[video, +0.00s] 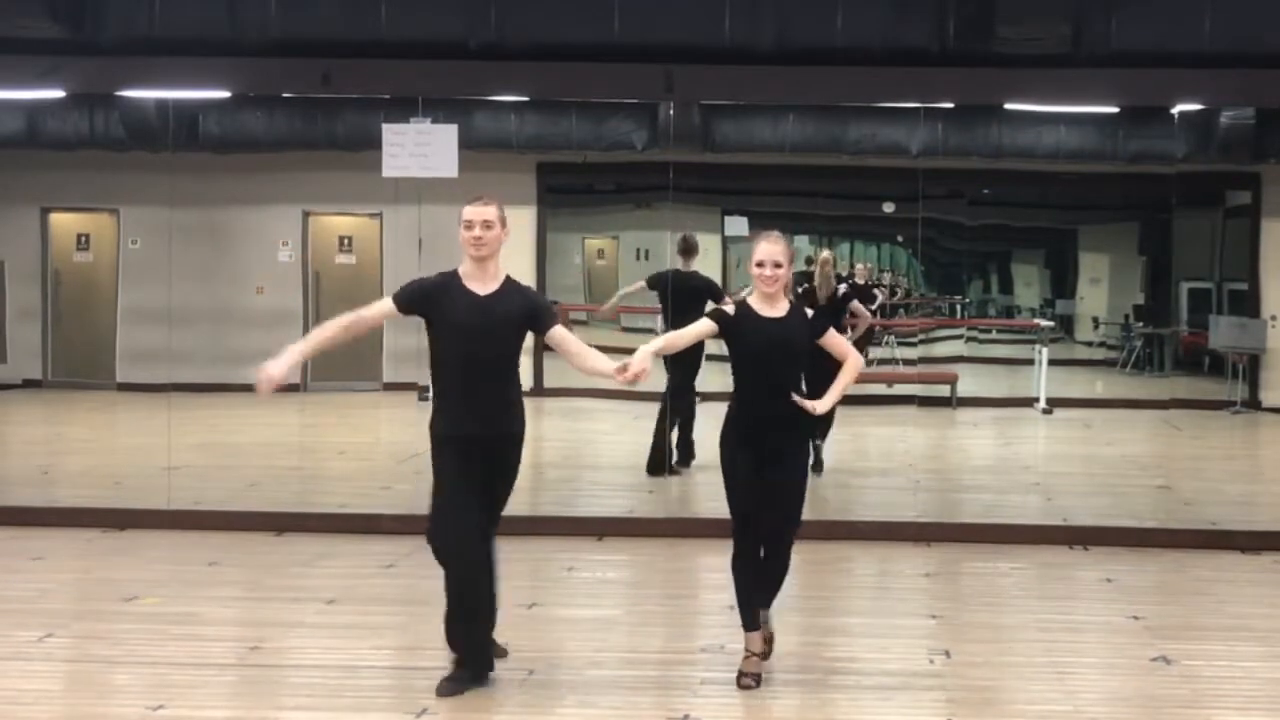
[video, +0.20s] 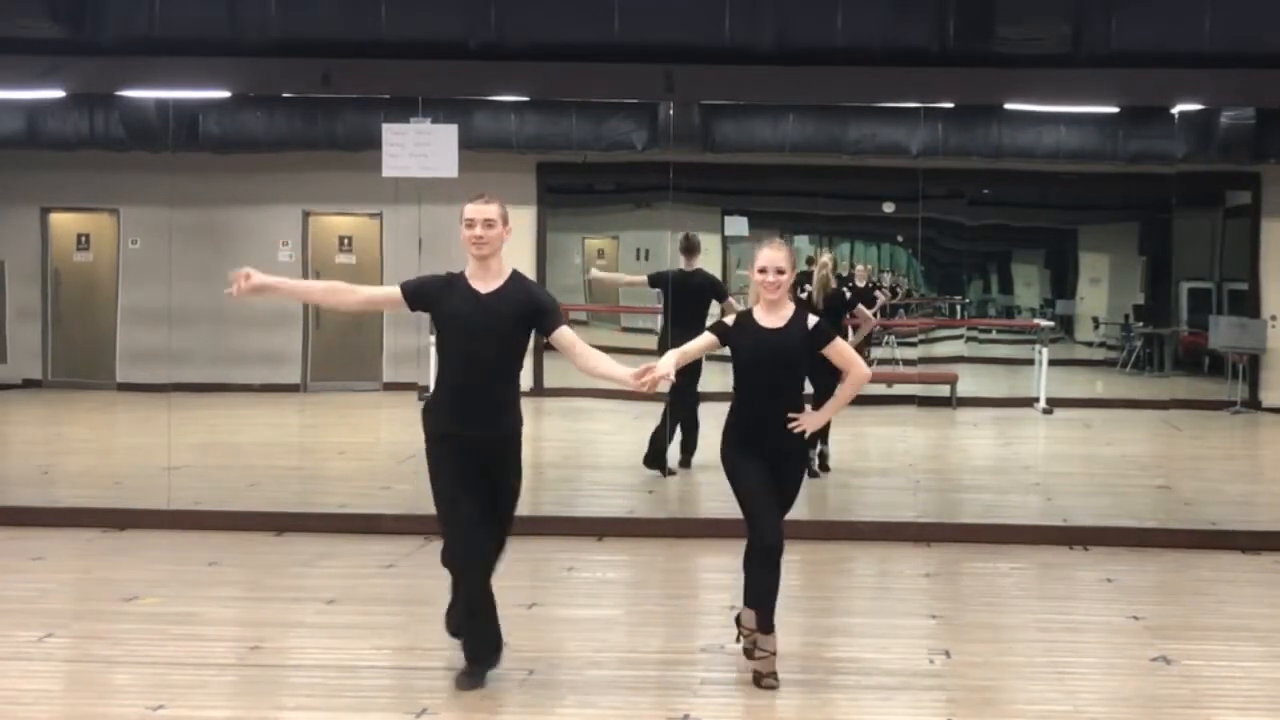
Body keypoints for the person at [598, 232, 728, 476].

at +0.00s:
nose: (688, 256)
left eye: (683, 253)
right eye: (692, 252)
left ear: (677, 253)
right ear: (697, 254)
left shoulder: (664, 278)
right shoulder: (704, 283)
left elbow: (628, 290)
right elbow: (730, 308)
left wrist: (609, 306)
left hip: (669, 345)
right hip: (693, 346)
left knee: (683, 394)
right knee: (678, 394)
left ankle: (685, 450)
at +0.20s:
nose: (689, 255)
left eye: (684, 250)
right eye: (694, 250)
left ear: (680, 252)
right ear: (699, 252)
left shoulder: (668, 277)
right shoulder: (709, 281)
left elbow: (629, 280)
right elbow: (734, 310)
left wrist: (597, 275)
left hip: (668, 346)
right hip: (693, 349)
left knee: (688, 399)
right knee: (677, 400)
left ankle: (687, 453)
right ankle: (655, 452)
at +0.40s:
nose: (691, 256)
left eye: (686, 253)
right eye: (696, 252)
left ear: (681, 254)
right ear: (702, 253)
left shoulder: (672, 282)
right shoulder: (714, 281)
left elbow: (635, 294)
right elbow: (738, 309)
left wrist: (609, 289)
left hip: (673, 347)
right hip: (699, 347)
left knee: (688, 399)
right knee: (686, 396)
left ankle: (687, 456)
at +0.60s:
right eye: (699, 251)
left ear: (683, 252)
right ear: (702, 252)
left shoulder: (671, 276)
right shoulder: (711, 280)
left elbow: (632, 281)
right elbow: (735, 309)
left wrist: (594, 282)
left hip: (677, 348)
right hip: (706, 349)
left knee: (681, 400)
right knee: (702, 397)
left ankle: (686, 452)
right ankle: (692, 442)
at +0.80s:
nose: (697, 258)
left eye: (690, 254)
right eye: (702, 254)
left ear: (685, 254)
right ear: (705, 256)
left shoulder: (673, 274)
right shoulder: (711, 287)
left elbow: (633, 269)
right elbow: (727, 317)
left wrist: (598, 263)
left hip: (685, 351)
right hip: (710, 351)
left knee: (685, 399)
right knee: (704, 400)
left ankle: (688, 448)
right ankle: (698, 450)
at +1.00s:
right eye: (705, 254)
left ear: (687, 254)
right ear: (706, 256)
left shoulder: (676, 271)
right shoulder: (713, 284)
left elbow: (640, 254)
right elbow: (733, 313)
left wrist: (616, 243)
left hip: (681, 351)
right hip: (707, 352)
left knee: (682, 398)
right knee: (703, 399)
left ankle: (677, 446)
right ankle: (696, 449)